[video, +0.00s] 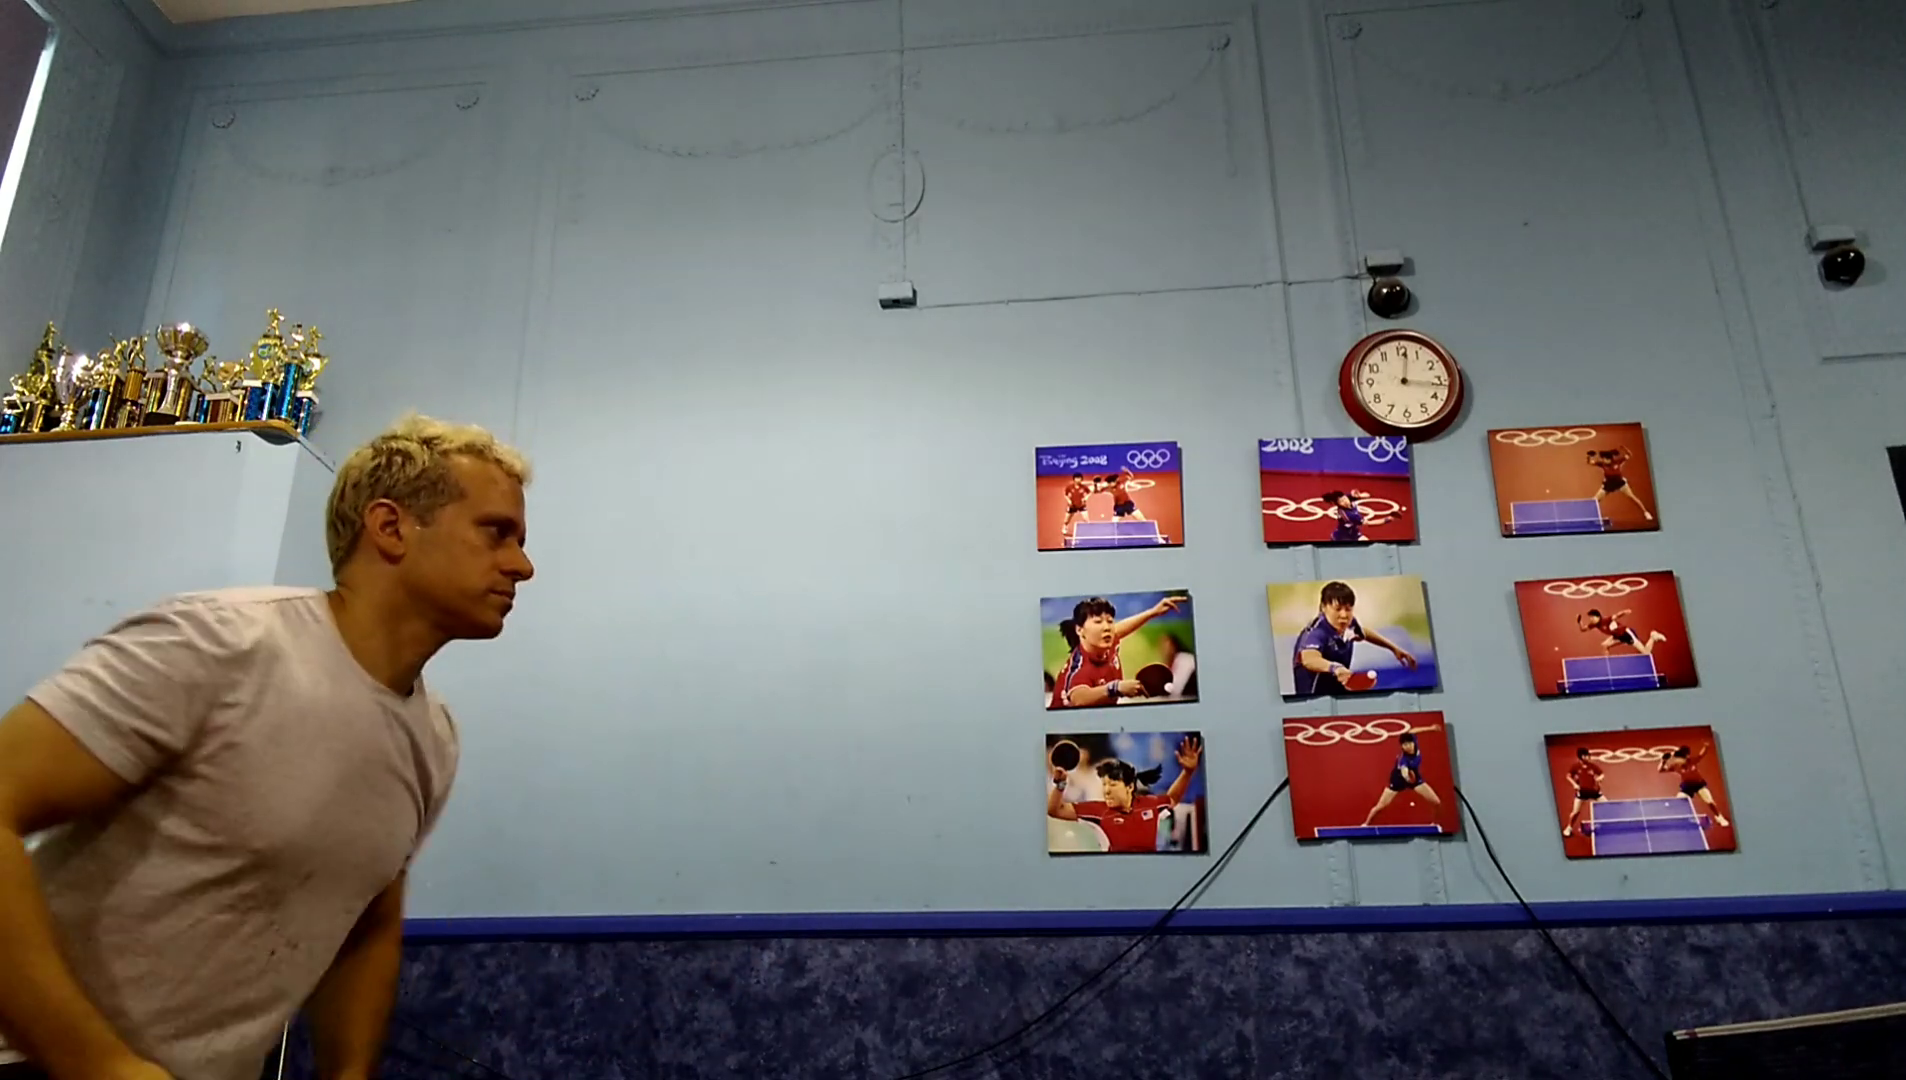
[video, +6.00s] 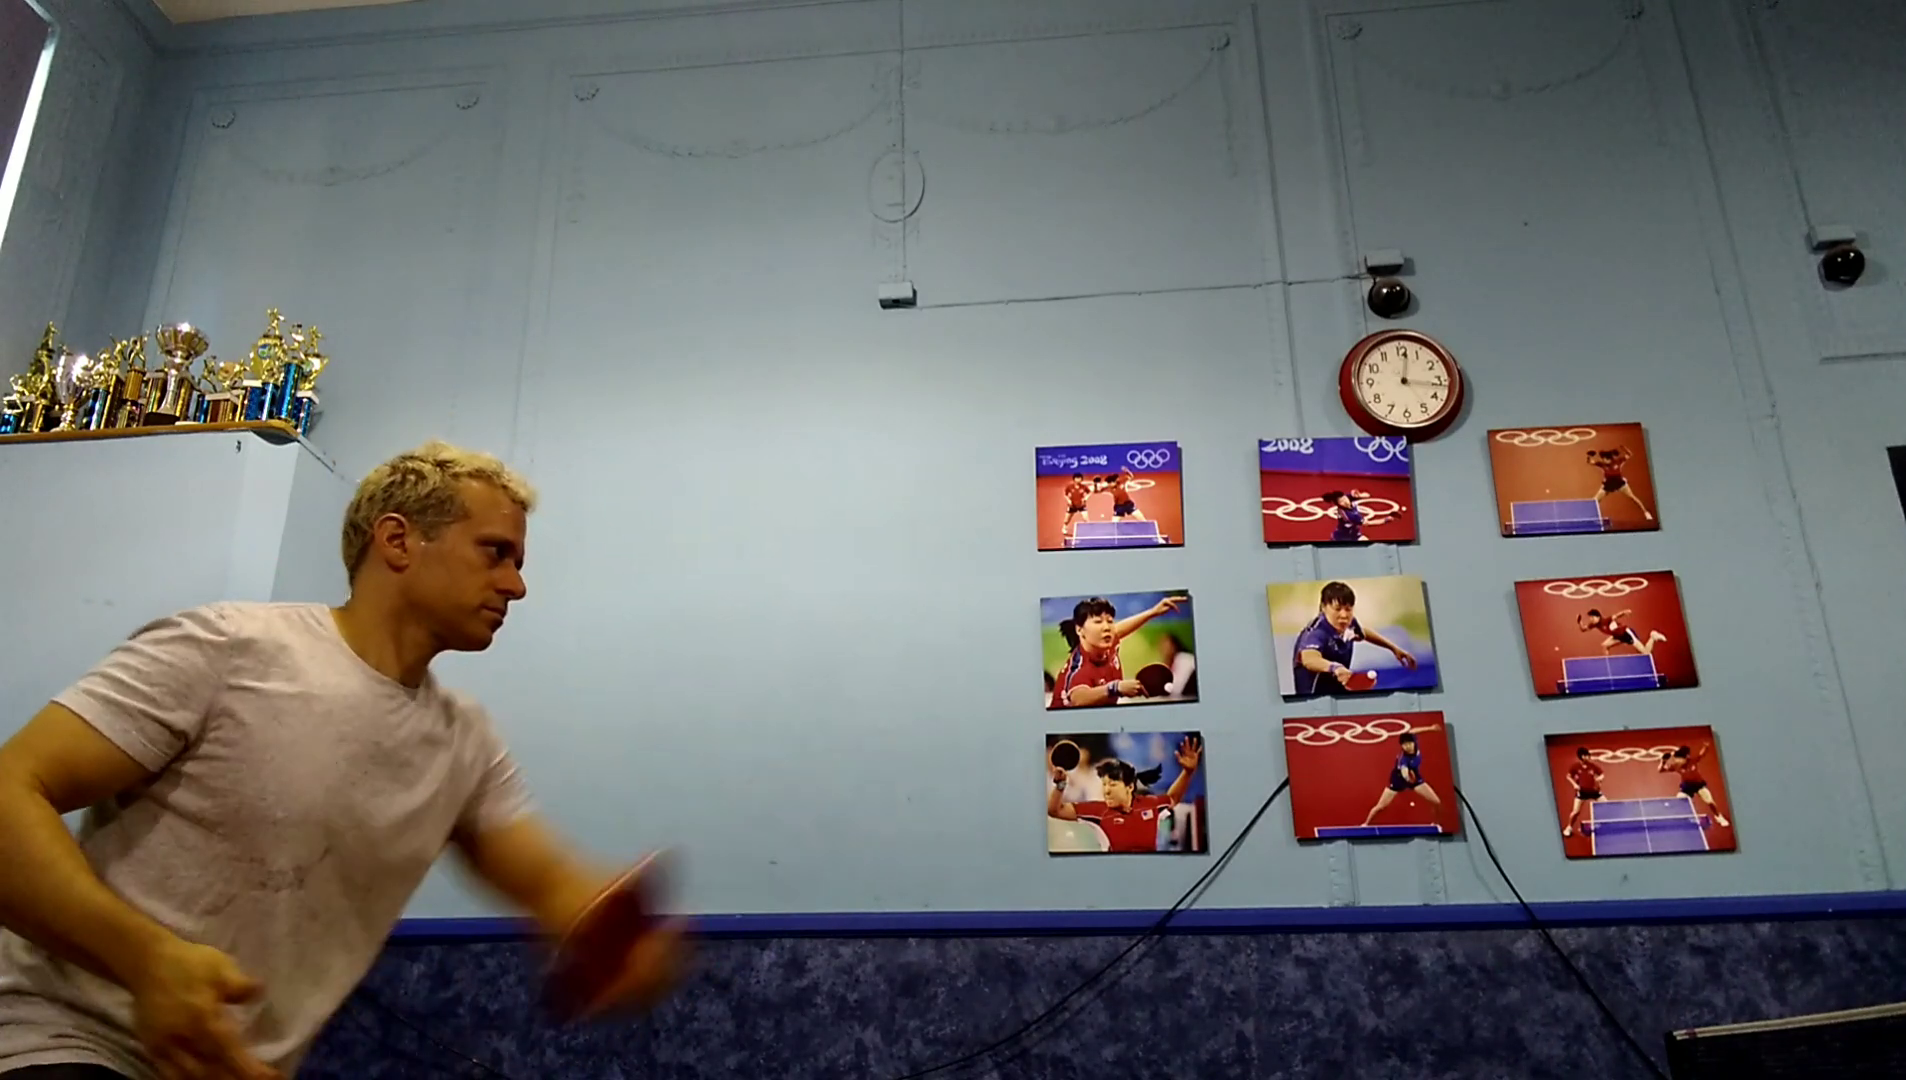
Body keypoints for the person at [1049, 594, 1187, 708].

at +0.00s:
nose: (1107, 628)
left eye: (1110, 622)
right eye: (1098, 622)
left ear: (1114, 626)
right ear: (1080, 630)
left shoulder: (1109, 644)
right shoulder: (1079, 666)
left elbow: (1119, 630)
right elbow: (1078, 698)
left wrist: (1154, 612)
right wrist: (1115, 687)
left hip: (1102, 724)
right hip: (1070, 729)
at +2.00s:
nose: (1107, 628)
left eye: (1110, 622)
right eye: (1098, 622)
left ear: (1114, 626)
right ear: (1080, 630)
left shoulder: (1109, 644)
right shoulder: (1078, 666)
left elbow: (1120, 629)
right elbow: (1078, 698)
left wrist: (1154, 611)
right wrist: (1115, 687)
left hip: (1102, 724)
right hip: (1069, 729)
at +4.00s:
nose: (1107, 628)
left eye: (1109, 622)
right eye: (1098, 622)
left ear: (1114, 626)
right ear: (1080, 630)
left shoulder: (1109, 645)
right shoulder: (1079, 666)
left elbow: (1119, 630)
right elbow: (1078, 698)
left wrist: (1154, 612)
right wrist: (1115, 687)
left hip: (1103, 724)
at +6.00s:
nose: (1107, 628)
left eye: (1109, 622)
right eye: (1098, 622)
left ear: (1114, 626)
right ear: (1080, 630)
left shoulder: (1109, 645)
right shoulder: (1079, 667)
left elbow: (1118, 630)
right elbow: (1078, 698)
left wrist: (1154, 611)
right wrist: (1115, 687)